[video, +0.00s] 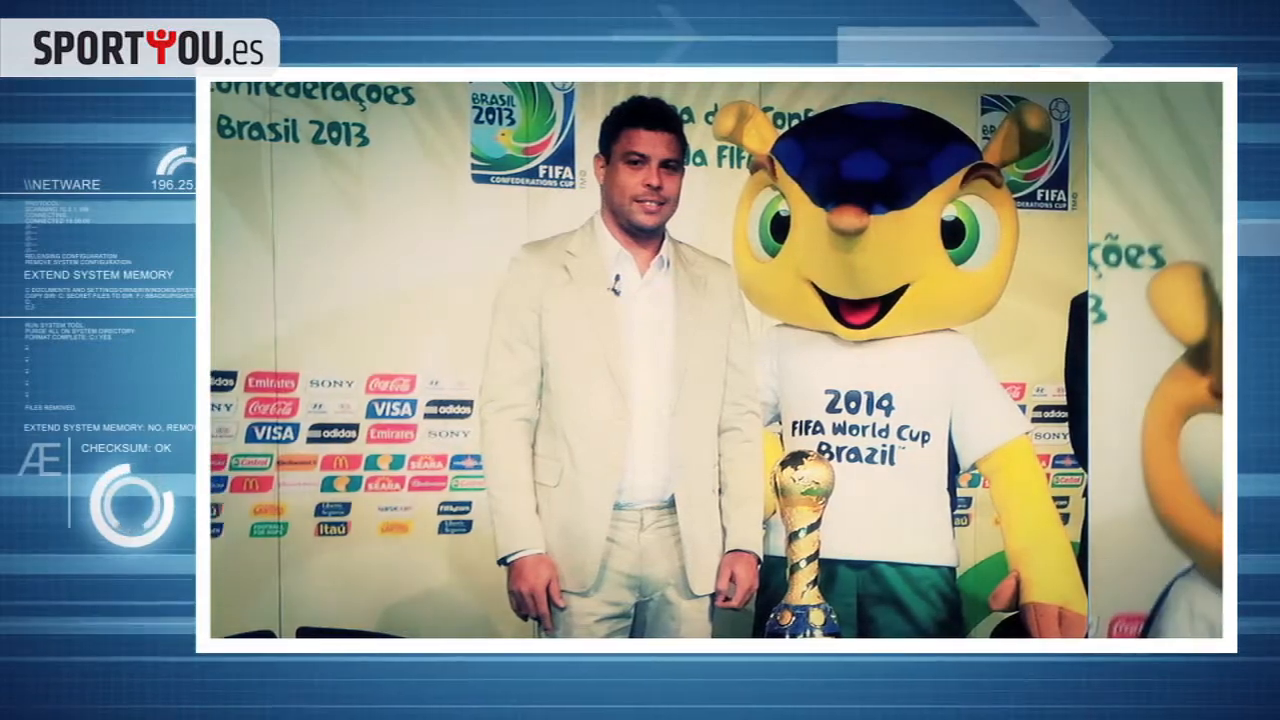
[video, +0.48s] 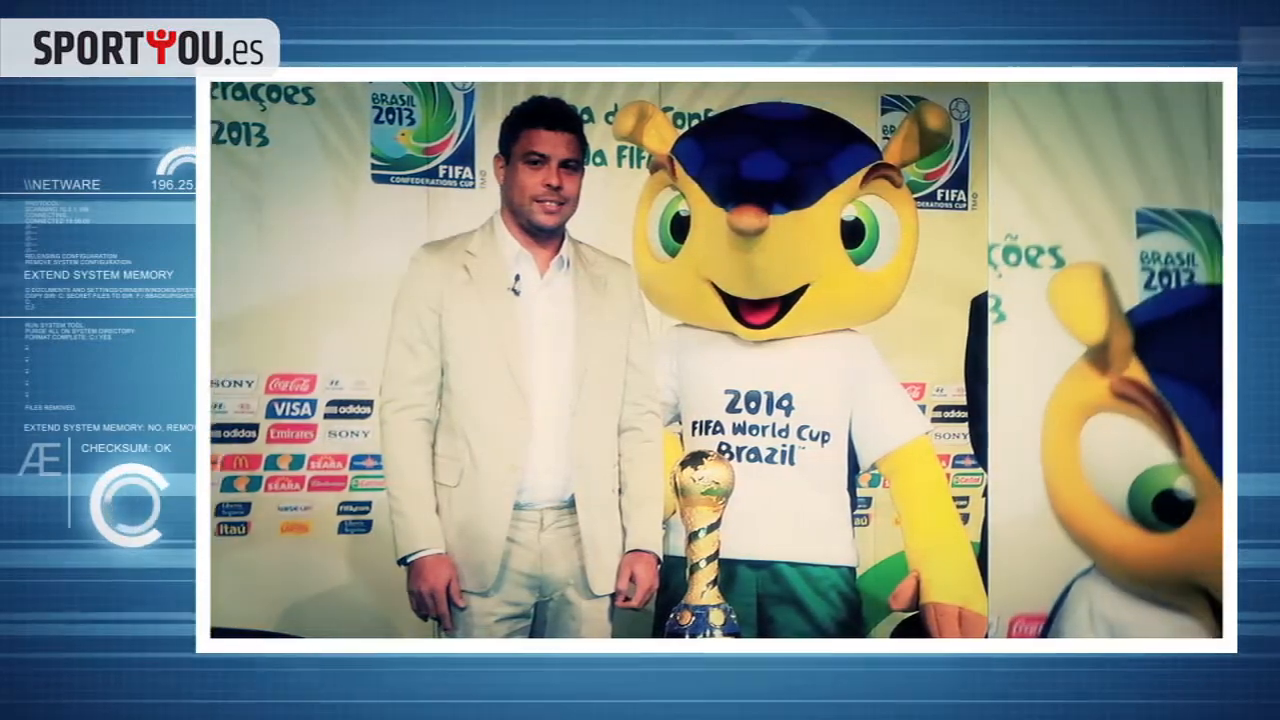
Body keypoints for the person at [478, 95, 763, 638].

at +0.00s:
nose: (655, 180)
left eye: (671, 166)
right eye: (636, 162)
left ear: (684, 178)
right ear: (601, 170)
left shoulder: (717, 282)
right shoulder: (539, 270)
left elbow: (740, 423)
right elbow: (505, 415)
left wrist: (742, 543)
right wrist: (523, 549)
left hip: (689, 542)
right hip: (581, 544)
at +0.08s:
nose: (638, 180)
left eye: (654, 166)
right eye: (619, 162)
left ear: (667, 178)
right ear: (584, 170)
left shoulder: (700, 282)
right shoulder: (522, 270)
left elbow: (723, 423)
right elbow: (488, 415)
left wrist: (726, 543)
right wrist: (506, 549)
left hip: (673, 542)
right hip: (565, 544)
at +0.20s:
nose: (613, 180)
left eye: (629, 166)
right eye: (594, 162)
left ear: (642, 178)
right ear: (559, 169)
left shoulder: (675, 283)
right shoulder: (497, 270)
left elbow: (698, 422)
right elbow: (464, 415)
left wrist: (701, 543)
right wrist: (480, 549)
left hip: (648, 542)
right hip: (540, 544)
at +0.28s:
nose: (596, 180)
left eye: (612, 166)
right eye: (578, 162)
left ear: (625, 178)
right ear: (542, 169)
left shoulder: (659, 283)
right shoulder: (480, 270)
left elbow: (682, 423)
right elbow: (447, 415)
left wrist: (684, 543)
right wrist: (464, 549)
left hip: (631, 542)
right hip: (523, 544)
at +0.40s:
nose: (571, 180)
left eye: (587, 166)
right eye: (552, 162)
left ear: (600, 178)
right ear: (517, 170)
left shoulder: (633, 282)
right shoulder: (455, 270)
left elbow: (656, 423)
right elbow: (421, 414)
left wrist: (659, 543)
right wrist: (439, 548)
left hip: (606, 542)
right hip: (498, 544)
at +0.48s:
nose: (554, 180)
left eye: (571, 166)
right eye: (536, 162)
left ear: (583, 179)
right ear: (500, 170)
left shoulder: (616, 282)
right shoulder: (438, 270)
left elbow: (640, 422)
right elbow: (405, 414)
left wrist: (642, 543)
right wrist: (422, 548)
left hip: (589, 543)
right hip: (482, 544)